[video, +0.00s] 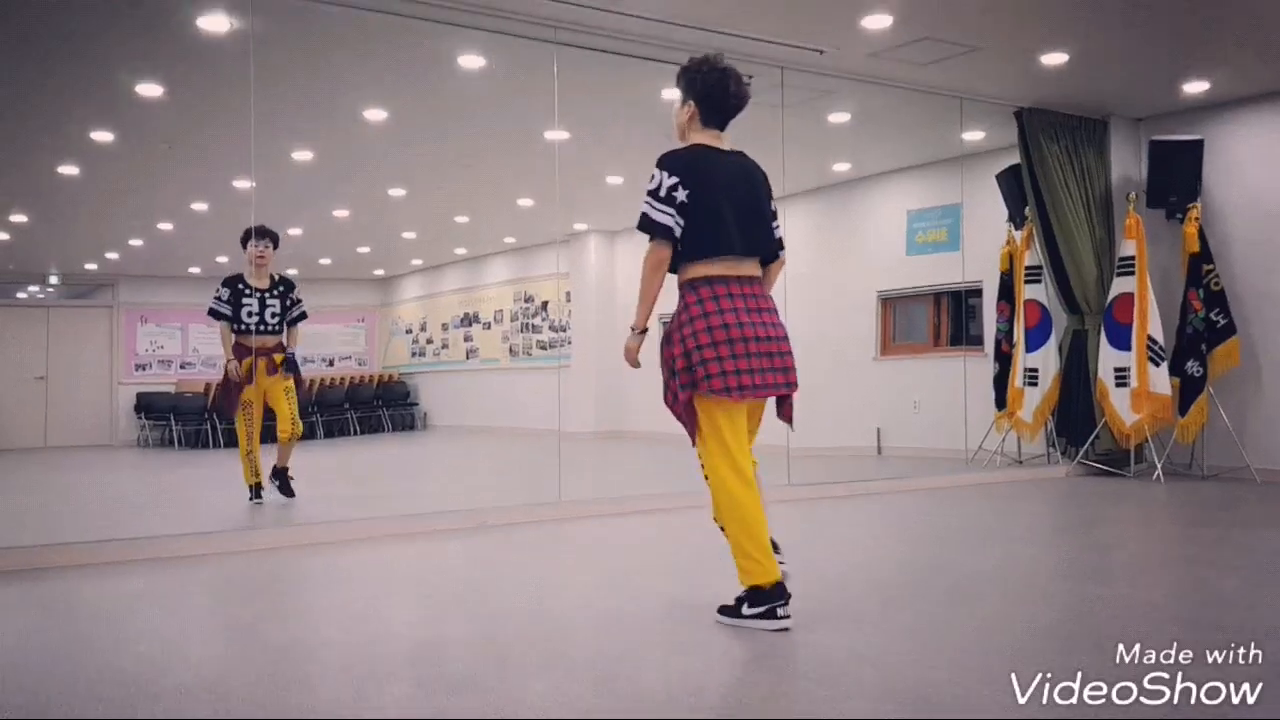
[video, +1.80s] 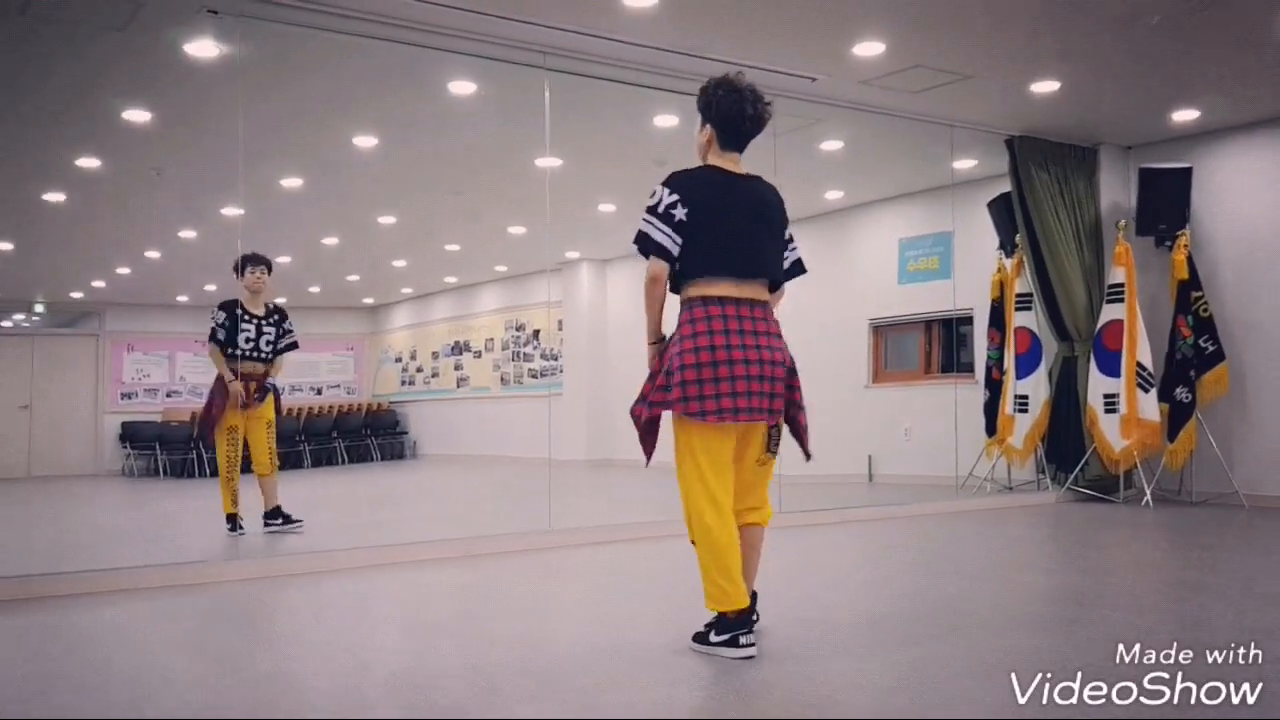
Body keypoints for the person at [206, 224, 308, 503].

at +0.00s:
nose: (261, 252)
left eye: (266, 247)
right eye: (255, 246)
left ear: (274, 252)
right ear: (246, 251)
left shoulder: (285, 286)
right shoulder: (231, 285)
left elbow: (293, 324)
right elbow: (224, 325)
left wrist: (290, 352)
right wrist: (229, 357)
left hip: (278, 361)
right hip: (245, 362)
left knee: (291, 428)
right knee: (248, 431)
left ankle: (280, 470)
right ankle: (254, 485)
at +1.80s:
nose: (258, 277)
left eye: (263, 273)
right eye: (252, 273)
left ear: (269, 279)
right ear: (241, 278)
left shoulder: (278, 314)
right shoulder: (228, 309)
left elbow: (279, 356)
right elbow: (213, 348)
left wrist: (267, 384)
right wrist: (230, 379)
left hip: (262, 389)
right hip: (230, 388)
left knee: (266, 453)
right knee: (229, 456)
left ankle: (272, 511)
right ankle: (232, 515)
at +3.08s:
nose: (208, 279)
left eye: (213, 274)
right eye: (202, 274)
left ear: (220, 280)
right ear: (192, 279)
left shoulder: (234, 313)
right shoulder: (182, 314)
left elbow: (249, 350)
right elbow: (159, 347)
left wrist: (234, 377)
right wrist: (186, 361)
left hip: (219, 389)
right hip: (186, 390)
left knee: (220, 457)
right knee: (183, 456)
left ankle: (216, 511)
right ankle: (188, 513)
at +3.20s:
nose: (211, 283)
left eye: (217, 278)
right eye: (205, 278)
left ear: (224, 284)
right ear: (196, 283)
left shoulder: (238, 316)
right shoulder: (185, 319)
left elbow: (258, 350)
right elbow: (169, 355)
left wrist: (244, 381)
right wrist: (192, 366)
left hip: (225, 394)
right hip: (191, 394)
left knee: (224, 459)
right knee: (186, 458)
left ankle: (218, 510)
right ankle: (190, 512)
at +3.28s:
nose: (215, 284)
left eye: (220, 279)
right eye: (209, 279)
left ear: (226, 285)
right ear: (199, 283)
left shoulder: (241, 318)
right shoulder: (186, 320)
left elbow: (260, 353)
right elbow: (179, 360)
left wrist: (248, 380)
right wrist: (198, 378)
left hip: (231, 395)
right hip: (197, 395)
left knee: (229, 459)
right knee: (186, 458)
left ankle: (220, 509)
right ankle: (193, 512)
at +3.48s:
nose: (220, 278)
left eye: (224, 274)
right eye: (214, 273)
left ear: (230, 279)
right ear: (202, 278)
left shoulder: (240, 313)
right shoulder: (187, 313)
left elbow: (254, 348)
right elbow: (178, 354)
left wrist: (248, 375)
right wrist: (193, 385)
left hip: (237, 386)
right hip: (204, 386)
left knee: (235, 450)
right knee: (198, 452)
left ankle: (221, 506)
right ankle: (195, 508)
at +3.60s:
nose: (221, 273)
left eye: (225, 269)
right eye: (214, 268)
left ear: (230, 275)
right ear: (202, 274)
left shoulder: (237, 310)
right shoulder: (188, 307)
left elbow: (247, 349)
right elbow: (175, 347)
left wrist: (247, 376)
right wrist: (187, 381)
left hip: (237, 383)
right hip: (204, 383)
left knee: (233, 448)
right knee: (202, 450)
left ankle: (222, 504)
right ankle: (194, 506)